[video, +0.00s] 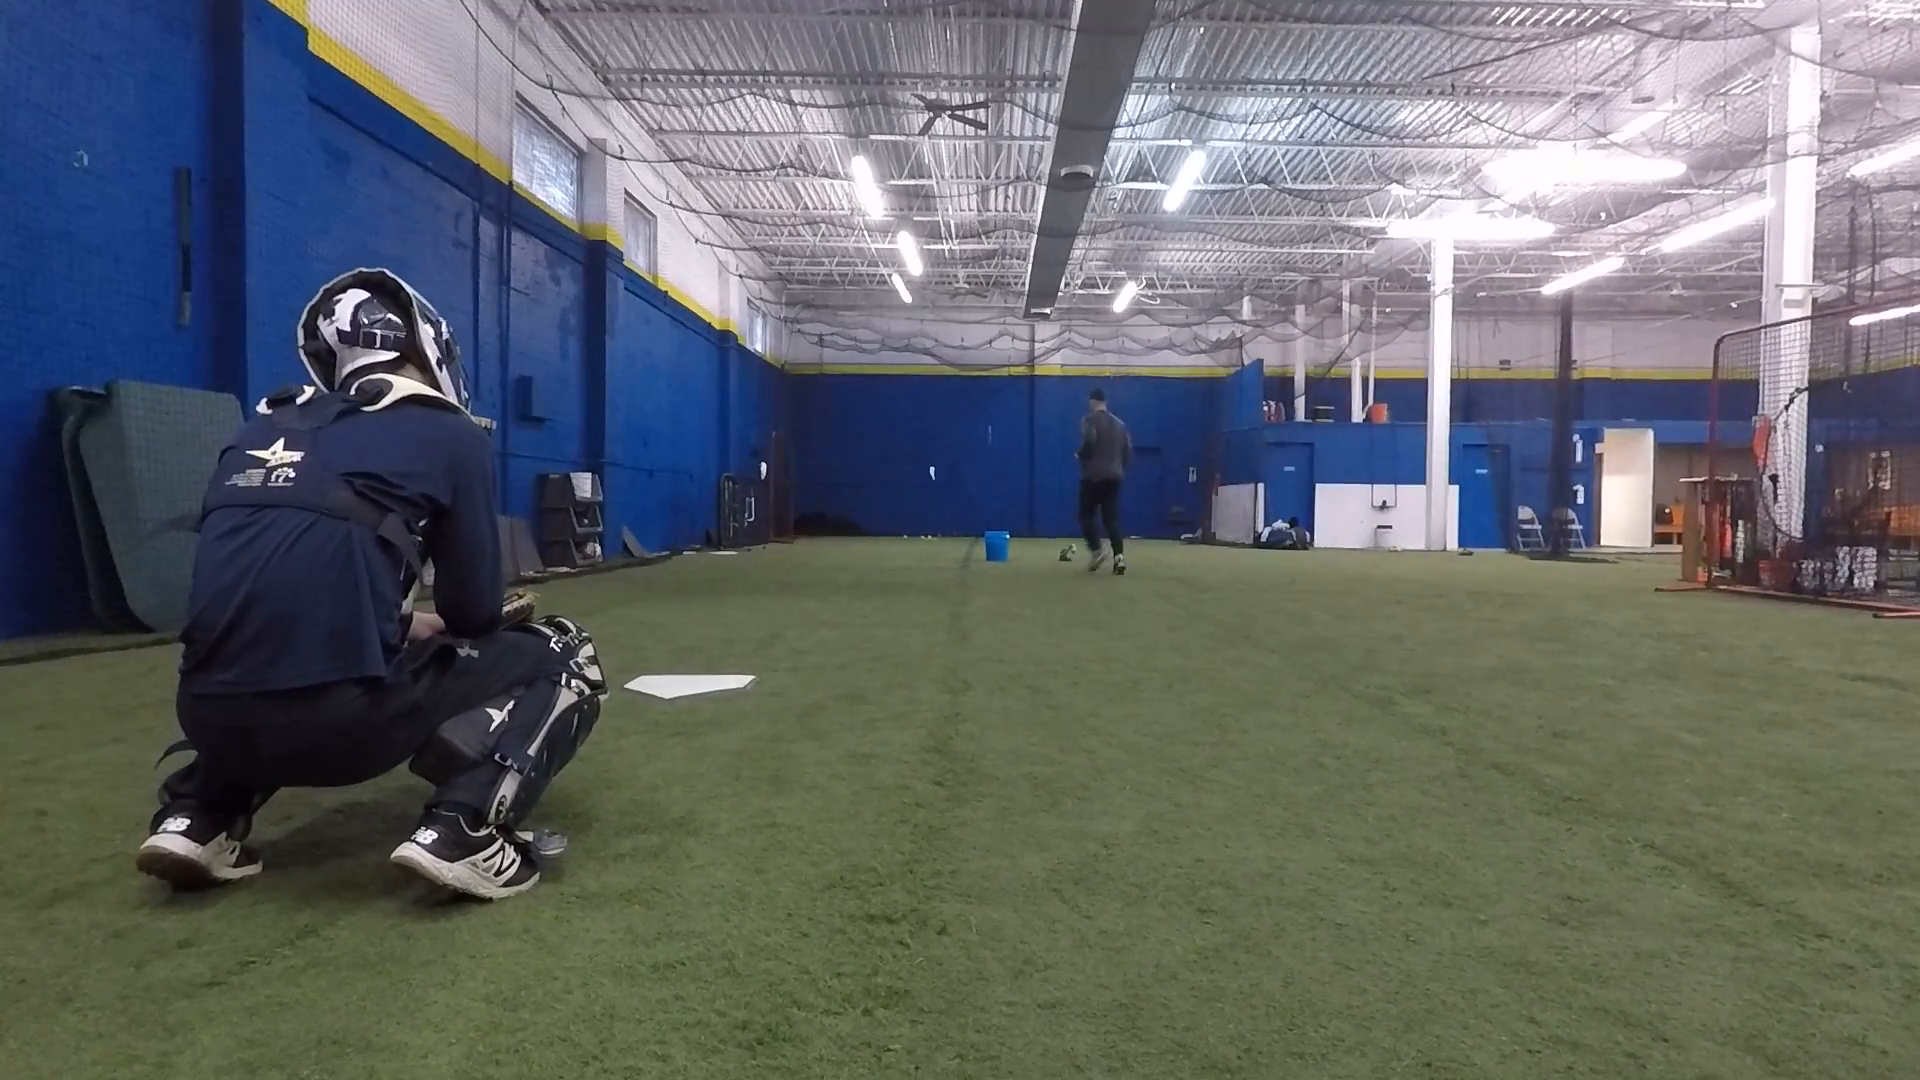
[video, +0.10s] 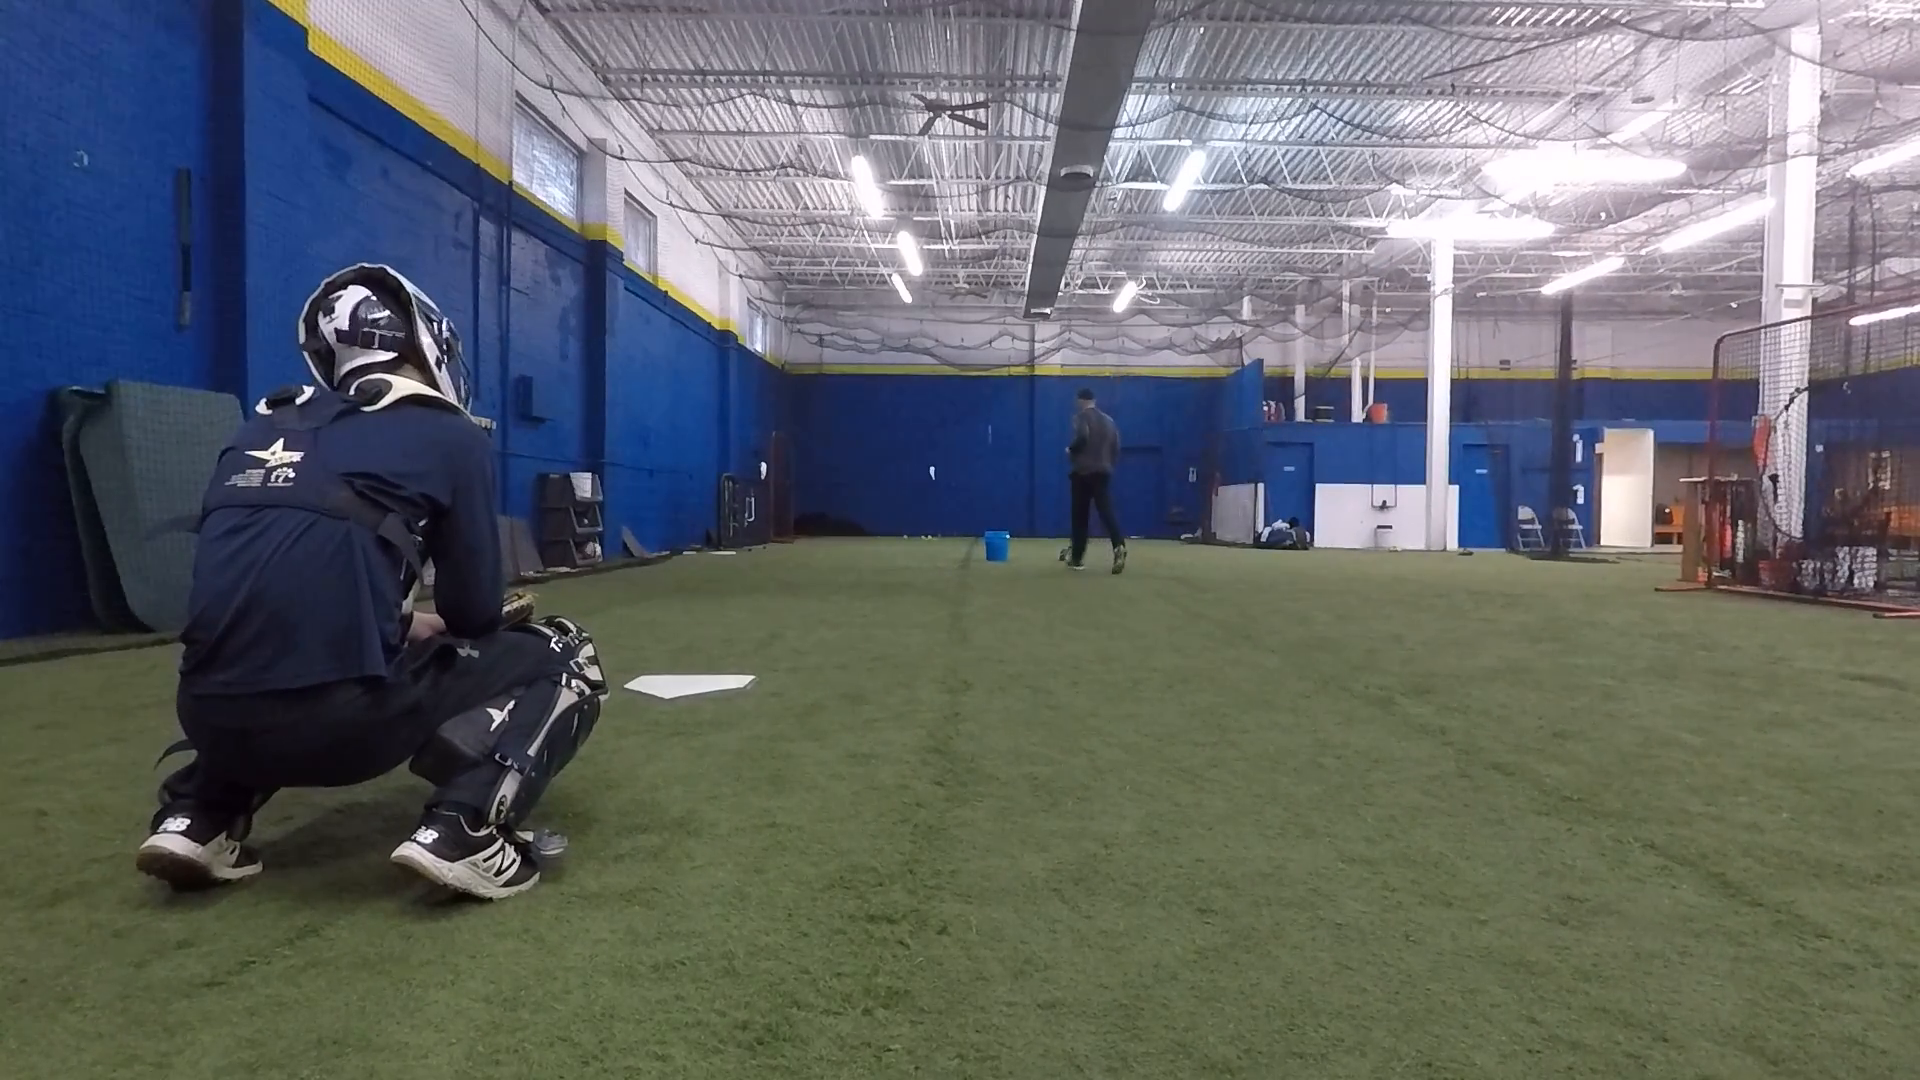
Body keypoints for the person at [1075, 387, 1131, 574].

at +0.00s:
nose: (1090, 405)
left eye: (1090, 402)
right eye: (1092, 402)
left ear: (1091, 402)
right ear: (1105, 402)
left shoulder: (1090, 420)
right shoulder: (1118, 422)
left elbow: (1090, 440)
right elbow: (1127, 448)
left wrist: (1080, 454)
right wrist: (1122, 466)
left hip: (1093, 476)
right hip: (1114, 475)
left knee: (1086, 515)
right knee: (1111, 515)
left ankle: (1096, 550)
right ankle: (1119, 555)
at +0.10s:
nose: (1077, 405)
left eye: (1078, 401)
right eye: (1079, 401)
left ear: (1080, 401)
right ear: (1094, 401)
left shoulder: (1081, 417)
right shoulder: (1108, 420)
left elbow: (1082, 437)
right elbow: (1115, 447)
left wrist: (1070, 449)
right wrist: (1110, 463)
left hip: (1082, 472)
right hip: (1102, 471)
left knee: (1080, 515)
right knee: (1105, 509)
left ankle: (1076, 558)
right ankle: (1118, 545)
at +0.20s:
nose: (1073, 412)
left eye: (1072, 409)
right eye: (1074, 408)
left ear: (1070, 409)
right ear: (1084, 408)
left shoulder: (1069, 426)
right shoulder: (1098, 426)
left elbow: (1070, 444)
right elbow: (1106, 448)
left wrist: (1061, 455)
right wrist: (1105, 468)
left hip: (1074, 479)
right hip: (1094, 477)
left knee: (1070, 517)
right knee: (1095, 514)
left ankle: (1068, 558)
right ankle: (1114, 541)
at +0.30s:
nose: (1063, 417)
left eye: (1062, 414)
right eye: (1065, 414)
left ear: (1062, 414)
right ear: (1075, 413)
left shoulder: (1060, 434)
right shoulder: (1090, 432)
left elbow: (1057, 459)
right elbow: (1097, 456)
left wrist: (1052, 465)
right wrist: (1098, 471)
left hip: (1066, 485)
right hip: (1086, 485)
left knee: (1063, 522)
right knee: (1084, 521)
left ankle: (1067, 558)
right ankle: (1104, 542)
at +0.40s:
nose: (1054, 416)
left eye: (1054, 413)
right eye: (1056, 413)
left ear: (1055, 413)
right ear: (1068, 411)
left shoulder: (1053, 431)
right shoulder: (1083, 430)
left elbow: (1045, 455)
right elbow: (1090, 453)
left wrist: (1054, 461)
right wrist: (1088, 470)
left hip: (1060, 481)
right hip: (1079, 480)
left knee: (1062, 518)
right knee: (1076, 516)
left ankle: (1066, 555)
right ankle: (1086, 543)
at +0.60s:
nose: (1048, 419)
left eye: (1047, 416)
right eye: (1051, 415)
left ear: (1047, 416)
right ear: (1060, 415)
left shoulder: (1042, 433)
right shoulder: (1074, 432)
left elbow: (1032, 453)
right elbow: (1082, 455)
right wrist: (1075, 470)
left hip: (1049, 479)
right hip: (1067, 479)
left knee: (1052, 513)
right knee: (1064, 512)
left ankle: (1058, 546)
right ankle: (1061, 542)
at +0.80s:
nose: (1036, 425)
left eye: (1035, 423)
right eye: (1038, 422)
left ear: (1036, 422)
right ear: (1048, 421)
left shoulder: (1034, 439)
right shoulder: (1063, 437)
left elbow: (1030, 461)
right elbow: (1070, 460)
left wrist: (1031, 476)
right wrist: (1065, 474)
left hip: (1039, 485)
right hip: (1057, 485)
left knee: (1035, 517)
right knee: (1051, 517)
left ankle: (1042, 545)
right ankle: (1052, 551)